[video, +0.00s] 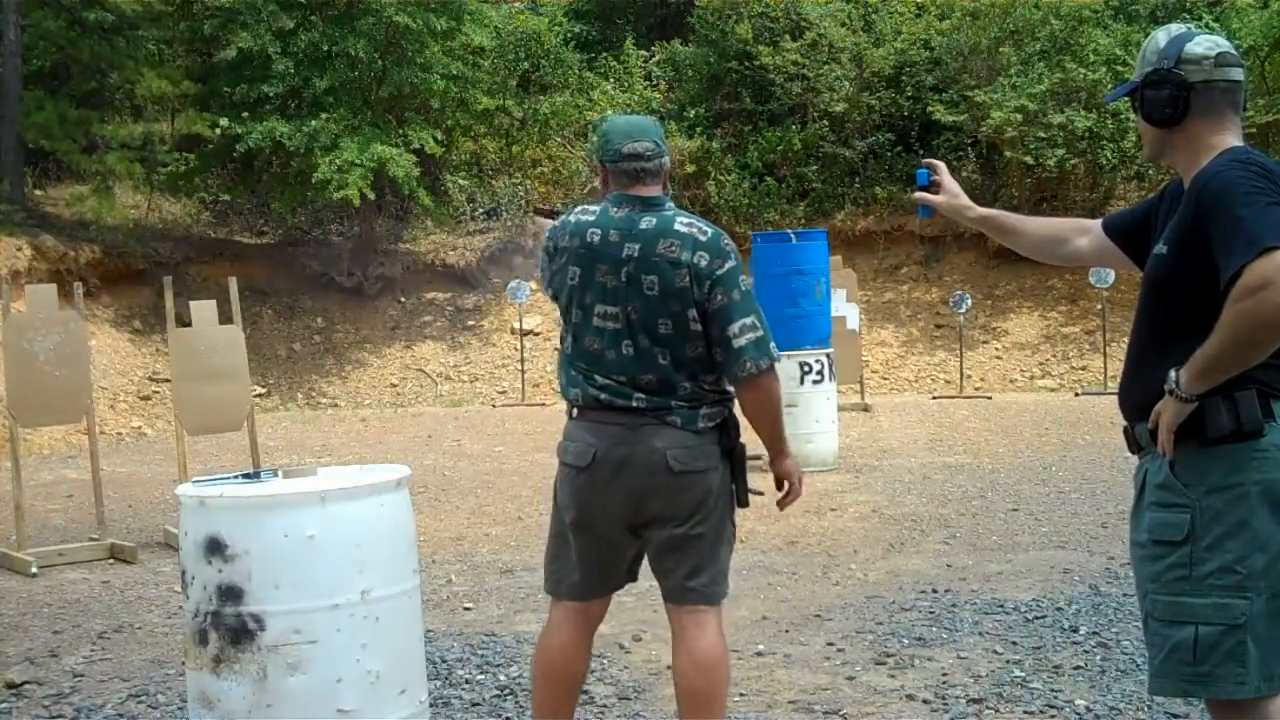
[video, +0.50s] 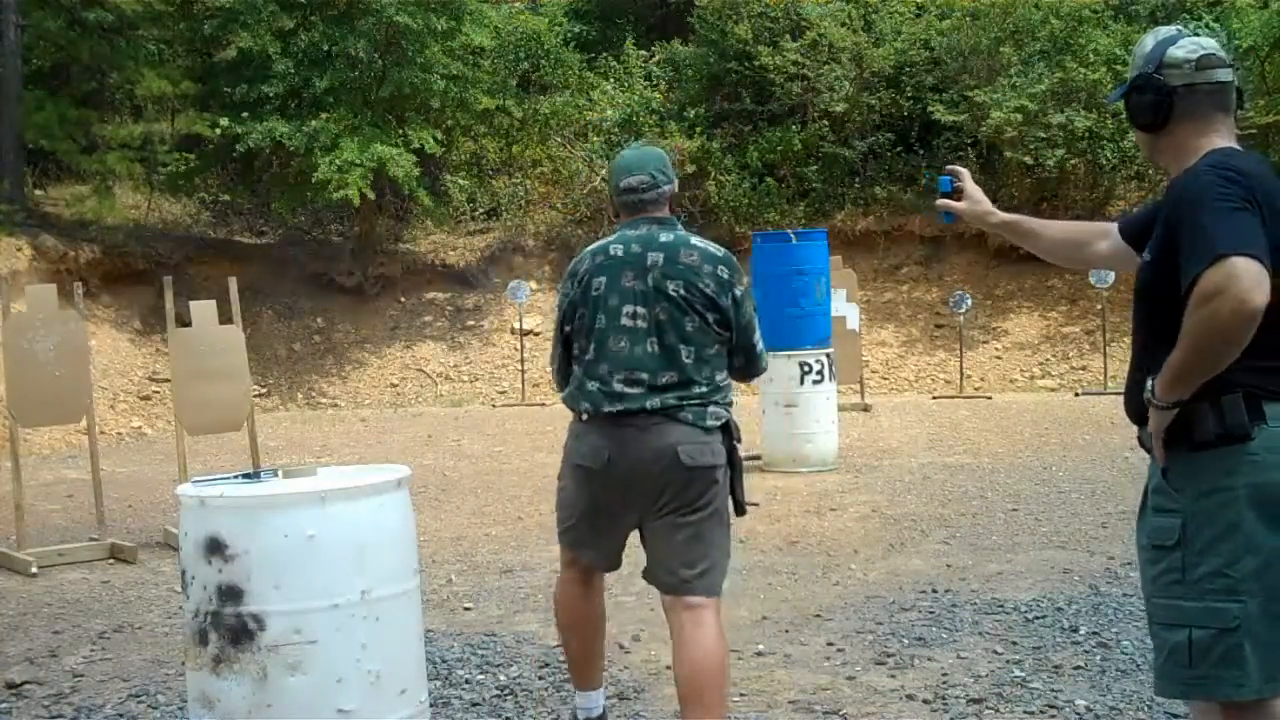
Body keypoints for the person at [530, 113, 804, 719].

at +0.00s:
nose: (594, 173)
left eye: (596, 166)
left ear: (602, 172)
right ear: (668, 168)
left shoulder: (569, 235)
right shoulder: (705, 244)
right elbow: (753, 370)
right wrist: (779, 452)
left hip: (593, 446)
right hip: (690, 452)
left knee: (573, 610)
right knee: (696, 615)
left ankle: (548, 713)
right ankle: (705, 717)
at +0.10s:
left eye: (611, 167)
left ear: (613, 173)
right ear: (679, 171)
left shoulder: (578, 237)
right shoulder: (715, 246)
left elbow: (558, 313)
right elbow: (759, 365)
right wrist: (773, 430)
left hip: (600, 448)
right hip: (694, 453)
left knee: (575, 608)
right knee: (699, 614)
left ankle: (550, 713)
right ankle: (706, 718)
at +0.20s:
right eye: (679, 169)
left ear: (622, 177)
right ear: (685, 176)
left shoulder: (587, 247)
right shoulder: (723, 249)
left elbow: (565, 343)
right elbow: (768, 364)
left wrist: (628, 360)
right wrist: (723, 381)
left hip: (606, 453)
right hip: (699, 455)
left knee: (576, 603)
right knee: (702, 614)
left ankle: (565, 713)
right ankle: (706, 717)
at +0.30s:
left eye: (627, 179)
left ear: (626, 185)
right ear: (688, 181)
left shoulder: (590, 254)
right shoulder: (724, 253)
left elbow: (571, 352)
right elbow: (772, 357)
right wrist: (712, 334)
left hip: (604, 452)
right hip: (698, 454)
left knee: (578, 571)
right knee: (701, 611)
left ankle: (599, 702)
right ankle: (709, 715)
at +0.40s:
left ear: (623, 192)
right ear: (684, 187)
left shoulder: (590, 258)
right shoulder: (725, 258)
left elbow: (572, 364)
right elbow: (758, 355)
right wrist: (697, 339)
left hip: (603, 450)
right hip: (696, 451)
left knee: (577, 564)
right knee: (699, 608)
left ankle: (607, 700)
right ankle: (708, 714)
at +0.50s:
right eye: (673, 189)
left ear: (615, 201)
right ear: (673, 195)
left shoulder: (586, 265)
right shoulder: (715, 262)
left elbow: (564, 368)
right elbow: (749, 361)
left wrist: (621, 378)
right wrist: (688, 347)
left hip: (599, 443)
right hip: (690, 443)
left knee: (581, 569)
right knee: (694, 601)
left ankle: (588, 708)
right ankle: (707, 715)